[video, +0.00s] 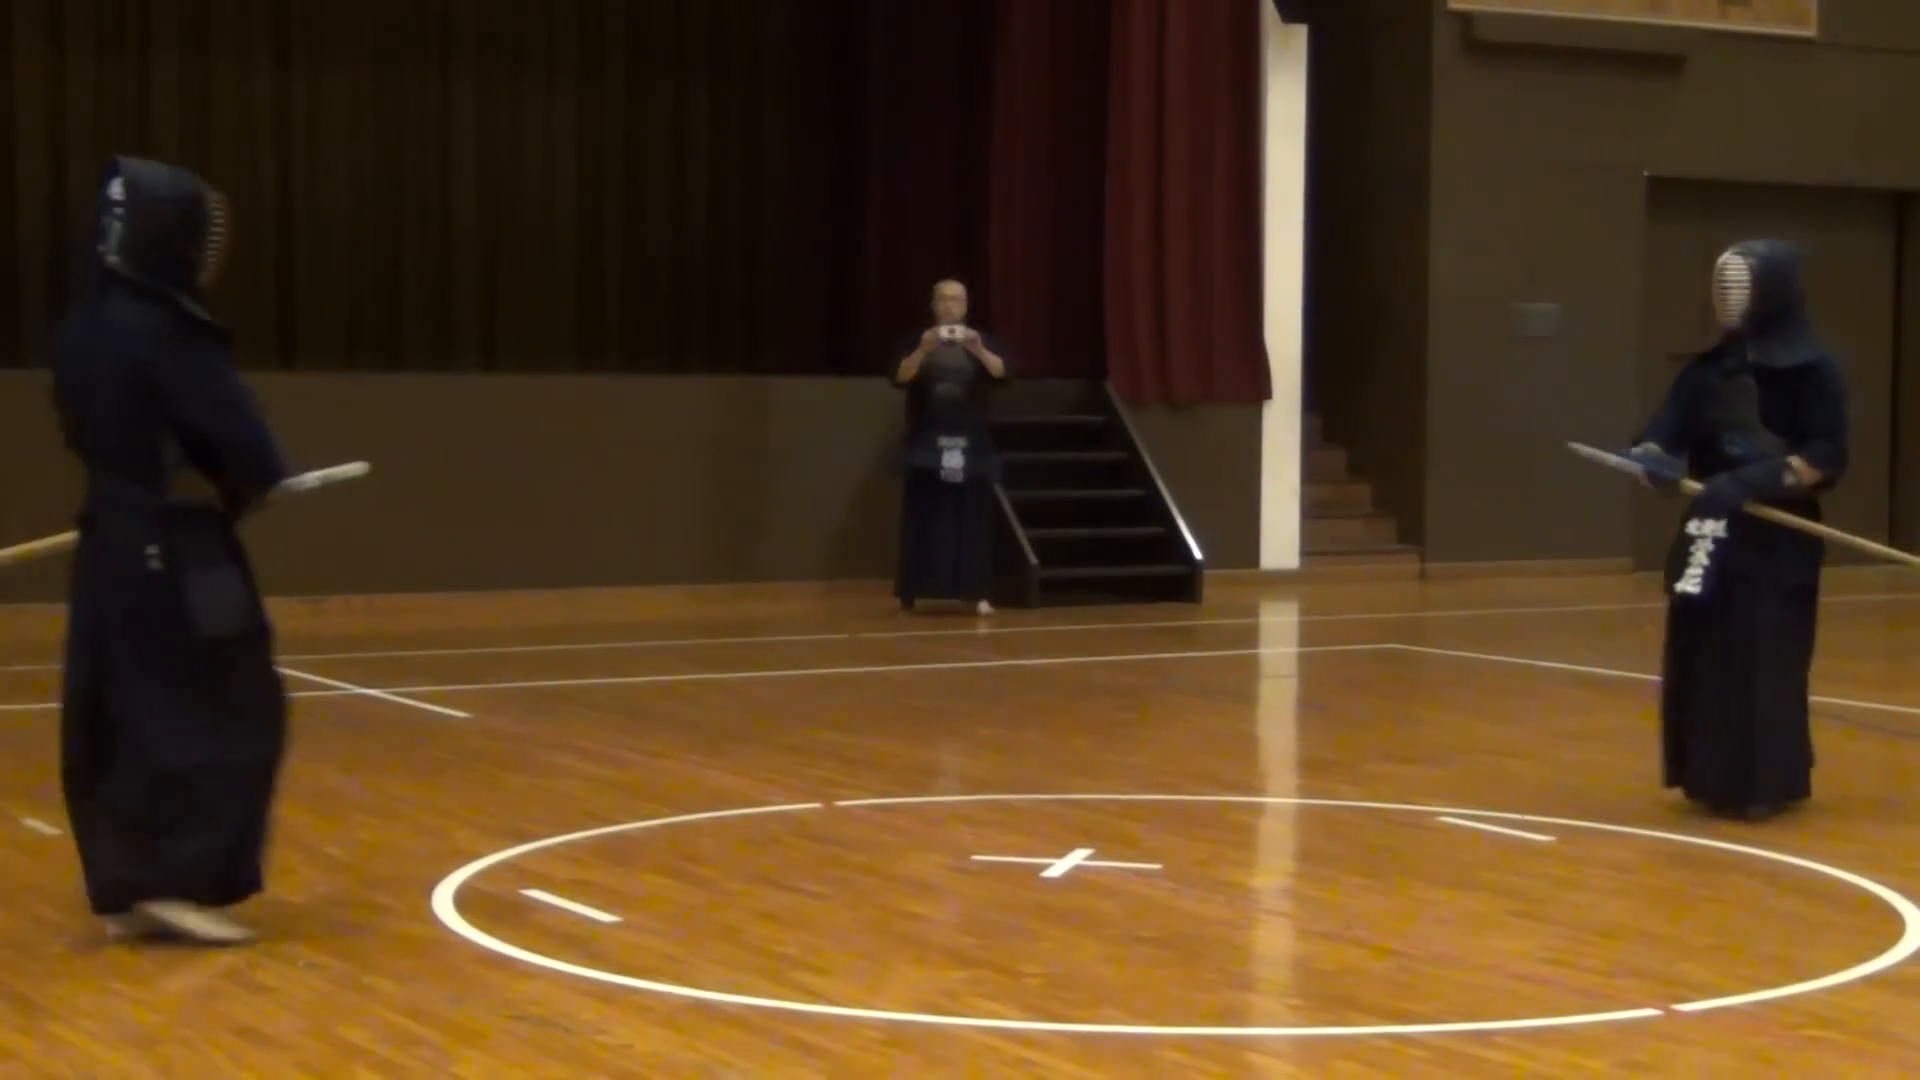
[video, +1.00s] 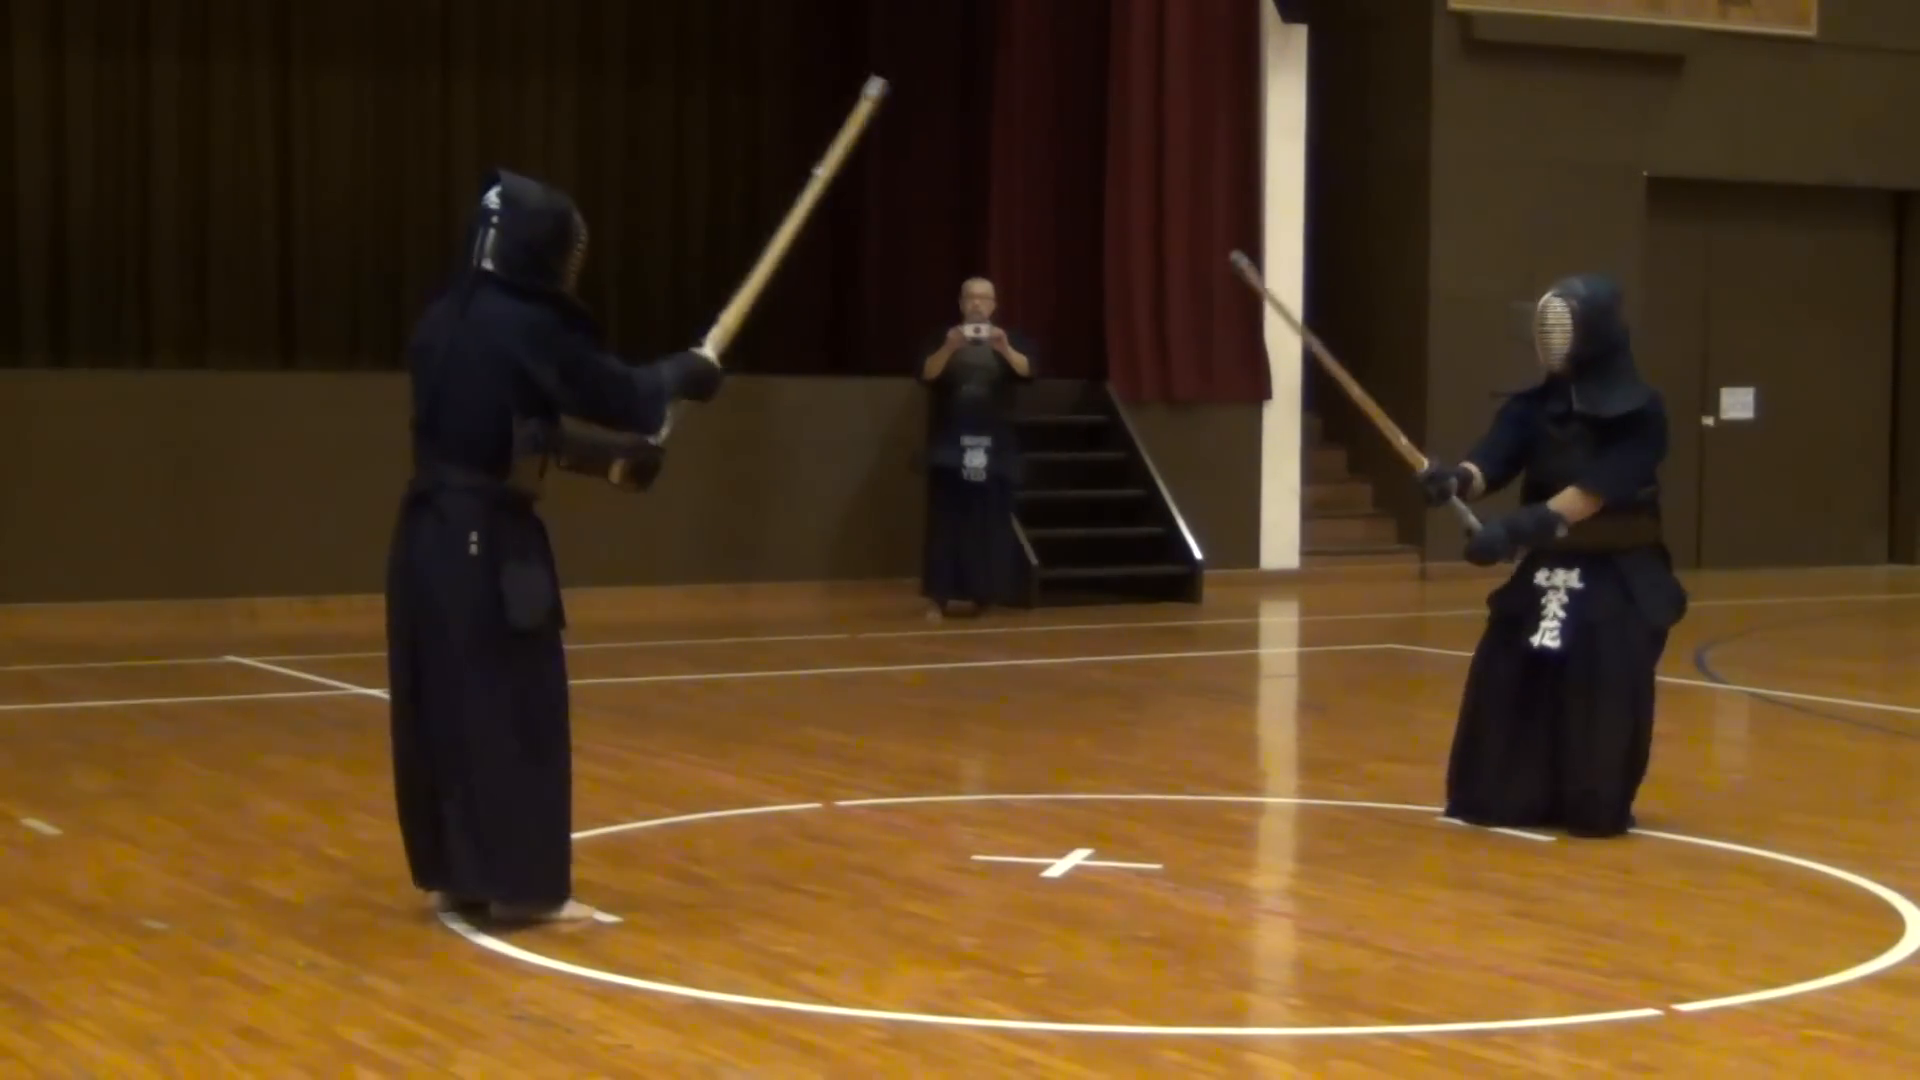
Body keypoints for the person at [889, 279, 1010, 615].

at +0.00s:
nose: (950, 306)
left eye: (956, 300)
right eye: (944, 300)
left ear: (966, 305)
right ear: (933, 304)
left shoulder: (979, 342)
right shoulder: (919, 342)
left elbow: (1002, 373)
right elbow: (899, 377)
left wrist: (976, 349)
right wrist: (925, 348)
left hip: (969, 438)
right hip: (927, 437)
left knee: (974, 514)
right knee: (920, 513)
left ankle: (979, 593)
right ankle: (909, 592)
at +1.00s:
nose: (977, 304)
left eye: (984, 299)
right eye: (972, 298)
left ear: (994, 303)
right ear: (961, 302)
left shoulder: (1007, 341)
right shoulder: (948, 339)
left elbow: (1026, 371)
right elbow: (926, 374)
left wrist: (1004, 348)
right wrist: (950, 347)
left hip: (993, 435)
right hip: (952, 434)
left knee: (988, 510)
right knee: (948, 510)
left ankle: (983, 591)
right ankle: (942, 592)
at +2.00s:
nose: (975, 305)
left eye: (981, 299)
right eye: (969, 299)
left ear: (991, 303)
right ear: (958, 303)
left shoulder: (1003, 340)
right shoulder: (945, 339)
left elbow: (1024, 371)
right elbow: (925, 374)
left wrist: (1000, 348)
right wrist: (948, 347)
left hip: (990, 436)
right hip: (950, 435)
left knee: (987, 512)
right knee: (947, 511)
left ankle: (984, 591)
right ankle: (945, 590)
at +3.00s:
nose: (986, 303)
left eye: (993, 297)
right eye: (980, 297)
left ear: (1003, 302)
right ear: (970, 301)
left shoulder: (1015, 340)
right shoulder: (955, 338)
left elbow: (1035, 370)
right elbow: (936, 373)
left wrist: (1012, 347)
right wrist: (960, 345)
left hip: (1002, 436)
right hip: (960, 435)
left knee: (999, 512)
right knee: (956, 511)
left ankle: (995, 593)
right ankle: (951, 592)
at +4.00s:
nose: (987, 304)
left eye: (993, 298)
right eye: (981, 297)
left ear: (1003, 302)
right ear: (971, 302)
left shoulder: (1014, 340)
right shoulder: (958, 338)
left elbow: (1035, 370)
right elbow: (937, 373)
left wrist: (1012, 347)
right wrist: (960, 346)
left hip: (1002, 434)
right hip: (962, 434)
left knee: (1000, 512)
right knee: (962, 512)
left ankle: (997, 592)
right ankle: (961, 591)